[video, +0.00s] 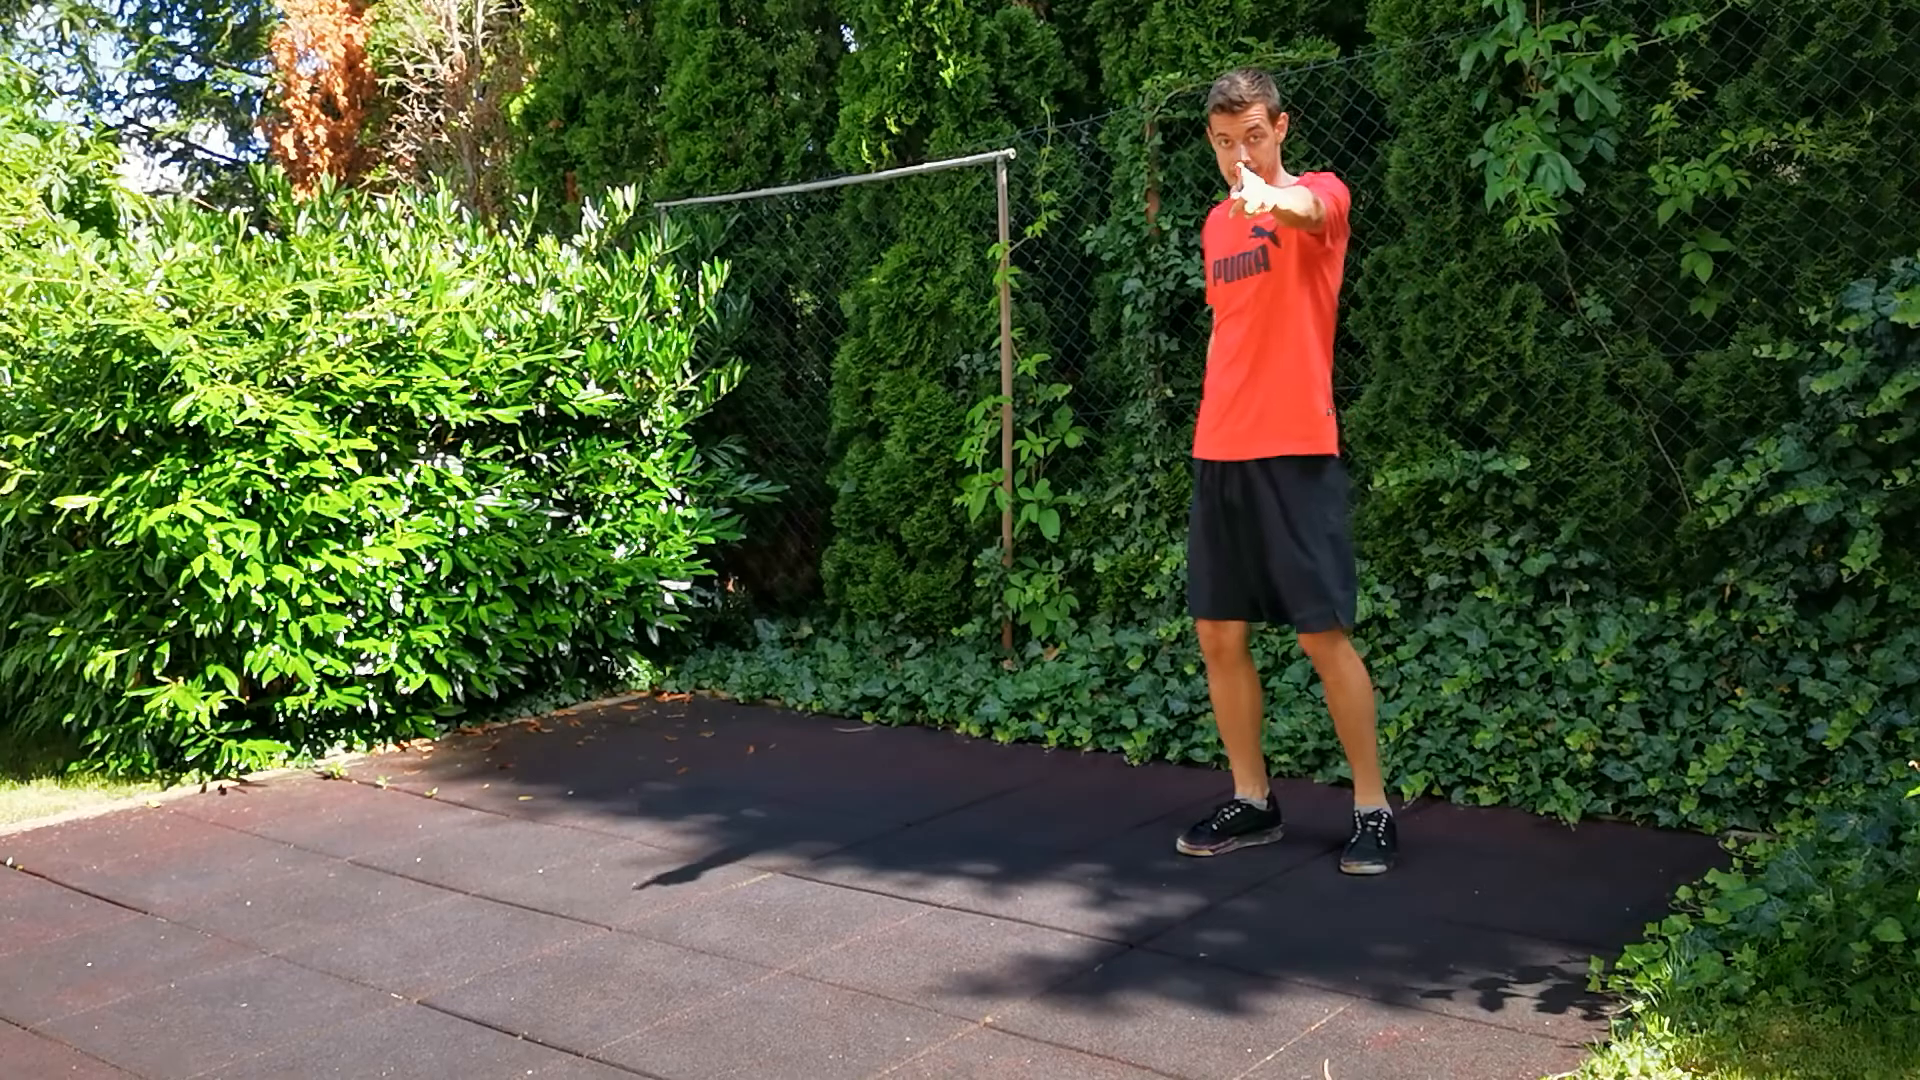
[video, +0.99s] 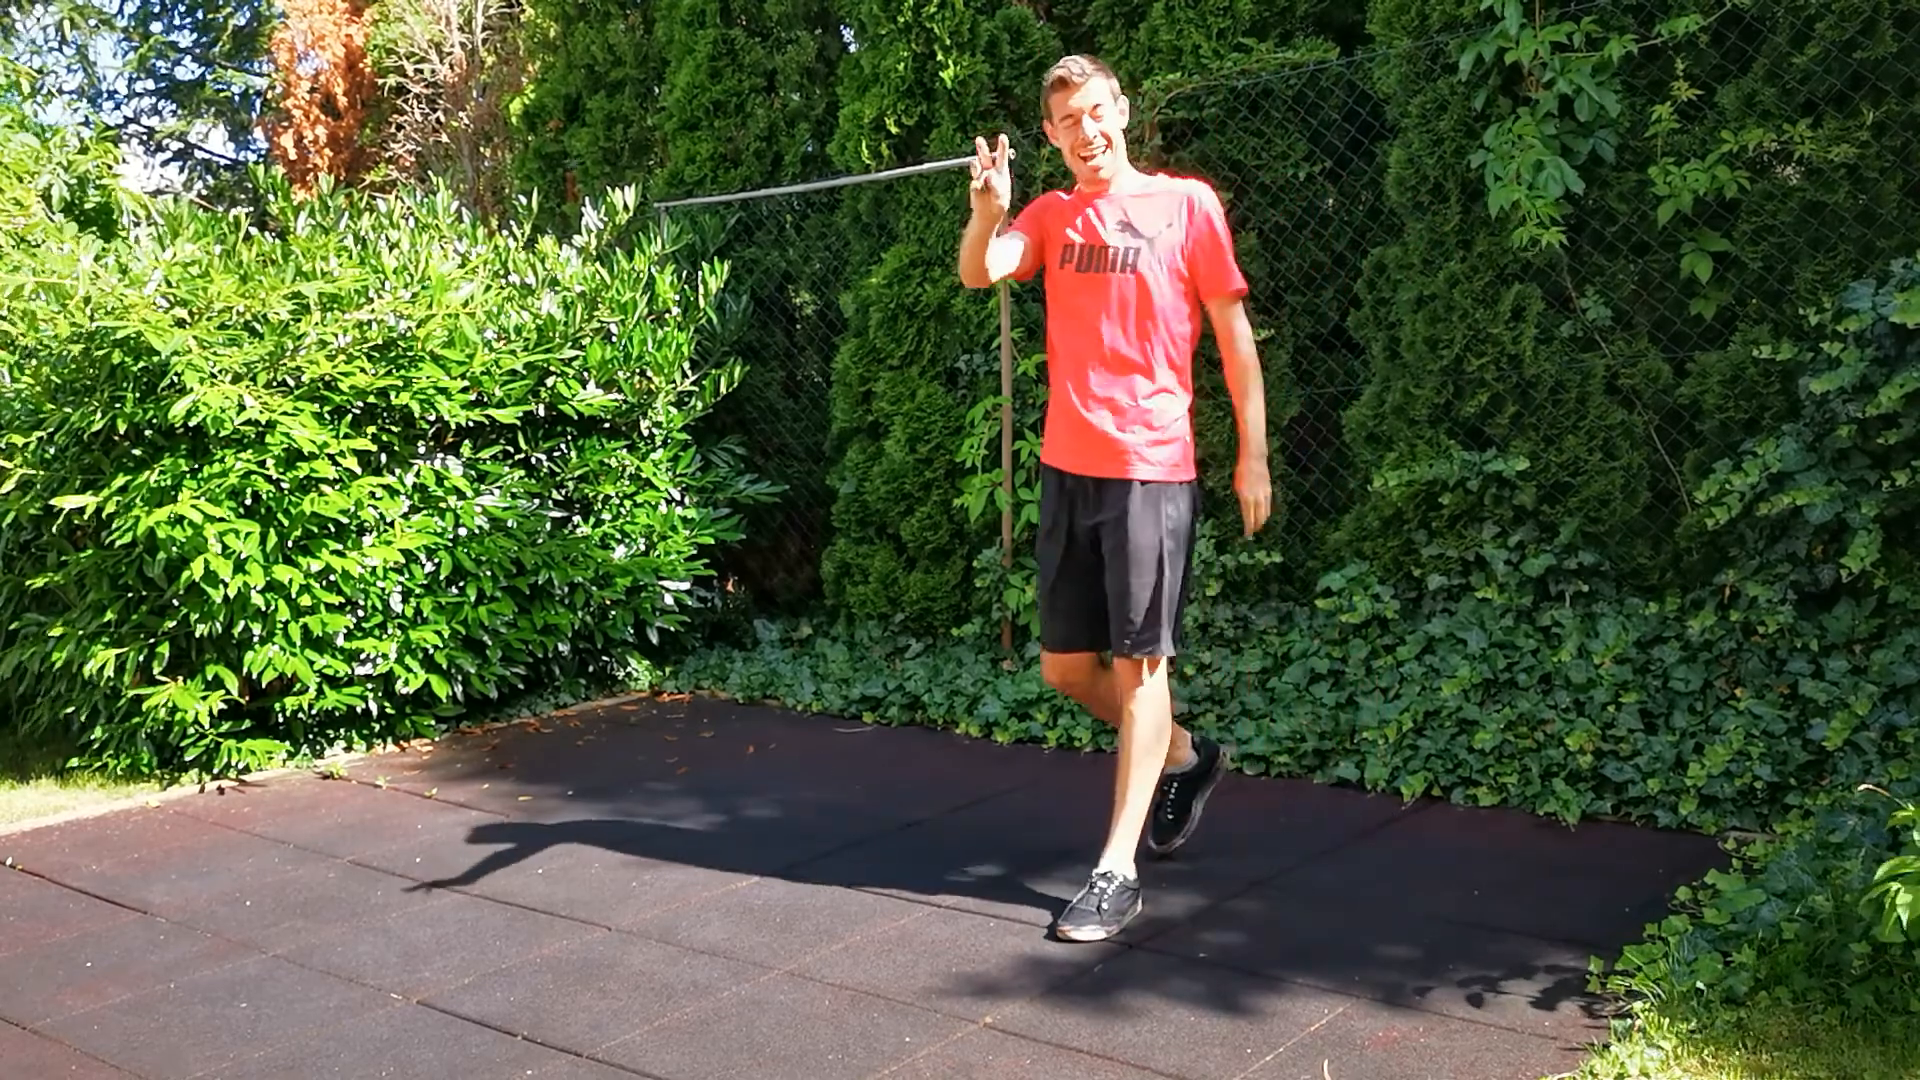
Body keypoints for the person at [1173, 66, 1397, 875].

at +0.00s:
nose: (1245, 154)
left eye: (1255, 136)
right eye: (1230, 143)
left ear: (1283, 129)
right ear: (1212, 145)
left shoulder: (1324, 191)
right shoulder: (1216, 221)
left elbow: (1306, 211)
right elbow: (1232, 321)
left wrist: (1270, 194)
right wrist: (1232, 415)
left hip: (1298, 453)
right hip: (1219, 456)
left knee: (1323, 635)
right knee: (1219, 634)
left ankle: (1372, 808)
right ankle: (1251, 801)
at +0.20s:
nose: (1200, 159)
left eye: (1210, 141)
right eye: (1185, 148)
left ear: (1239, 129)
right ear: (1173, 151)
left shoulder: (1285, 195)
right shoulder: (1182, 227)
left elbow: (1303, 273)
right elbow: (1158, 340)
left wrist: (1239, 301)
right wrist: (1100, 378)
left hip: (1270, 452)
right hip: (1200, 454)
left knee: (1263, 630)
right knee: (1217, 634)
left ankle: (1338, 793)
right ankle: (1252, 801)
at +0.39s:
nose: (1167, 161)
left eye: (1178, 143)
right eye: (1153, 150)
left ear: (1208, 133)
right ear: (1141, 155)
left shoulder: (1268, 204)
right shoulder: (1149, 221)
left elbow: (1299, 327)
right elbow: (1082, 250)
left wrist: (1283, 432)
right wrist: (1091, 182)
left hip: (1248, 455)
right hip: (1176, 460)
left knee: (1226, 627)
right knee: (1204, 635)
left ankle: (1249, 826)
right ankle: (1248, 802)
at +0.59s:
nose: (1140, 160)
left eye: (1150, 140)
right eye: (1124, 149)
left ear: (1180, 132)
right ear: (1110, 156)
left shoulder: (1249, 211)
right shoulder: (1121, 220)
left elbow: (1309, 322)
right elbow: (1060, 196)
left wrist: (1345, 424)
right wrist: (1086, 122)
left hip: (1226, 464)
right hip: (1149, 463)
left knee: (1198, 644)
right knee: (1196, 644)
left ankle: (1160, 839)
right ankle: (1251, 798)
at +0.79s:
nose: (1100, 149)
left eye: (1111, 129)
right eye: (1084, 138)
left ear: (1149, 127)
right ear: (1072, 151)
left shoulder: (1221, 214)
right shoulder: (1086, 218)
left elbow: (1280, 317)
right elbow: (1025, 175)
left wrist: (1322, 406)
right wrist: (1044, 105)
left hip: (1192, 471)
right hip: (1113, 467)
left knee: (1166, 665)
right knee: (1177, 648)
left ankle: (1122, 866)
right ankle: (1244, 792)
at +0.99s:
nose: (1086, 130)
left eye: (1097, 113)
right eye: (1070, 120)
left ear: (1123, 114)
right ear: (1052, 134)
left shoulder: (1187, 205)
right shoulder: (1051, 213)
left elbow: (1235, 337)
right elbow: (978, 269)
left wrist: (1252, 455)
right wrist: (988, 200)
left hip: (1152, 469)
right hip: (1069, 466)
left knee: (1139, 667)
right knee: (1068, 665)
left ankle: (1116, 871)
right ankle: (1183, 756)